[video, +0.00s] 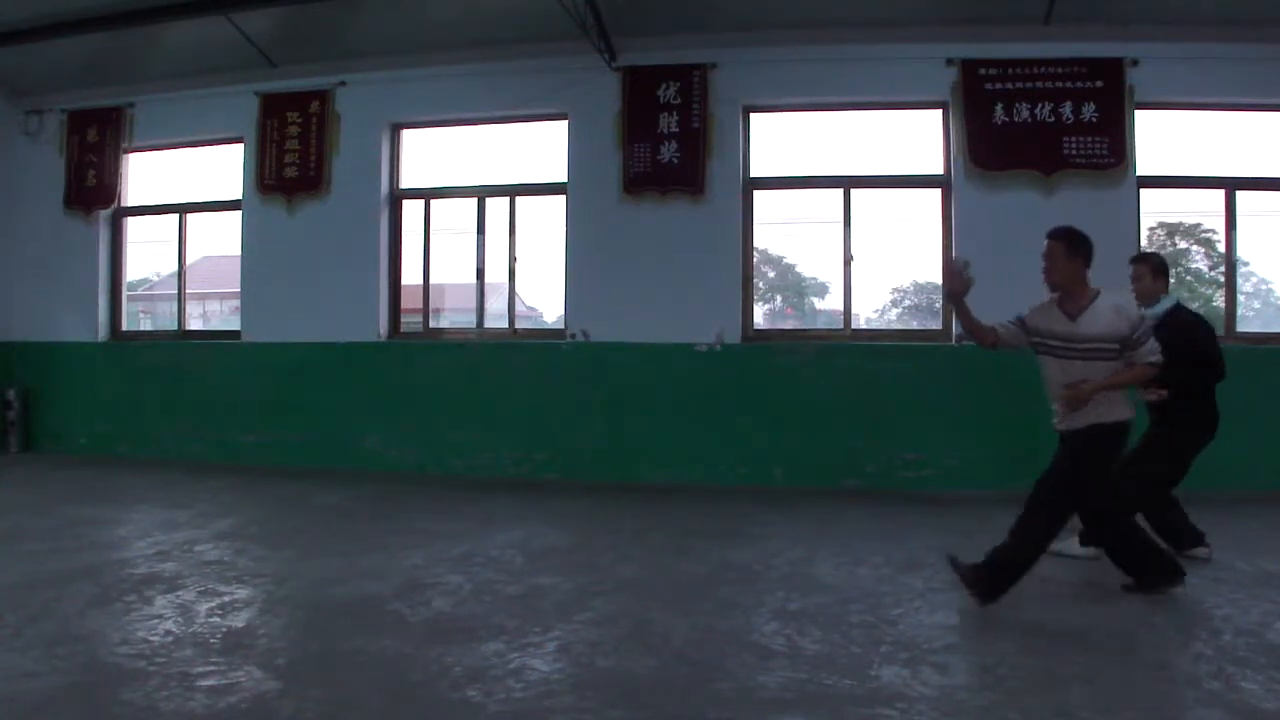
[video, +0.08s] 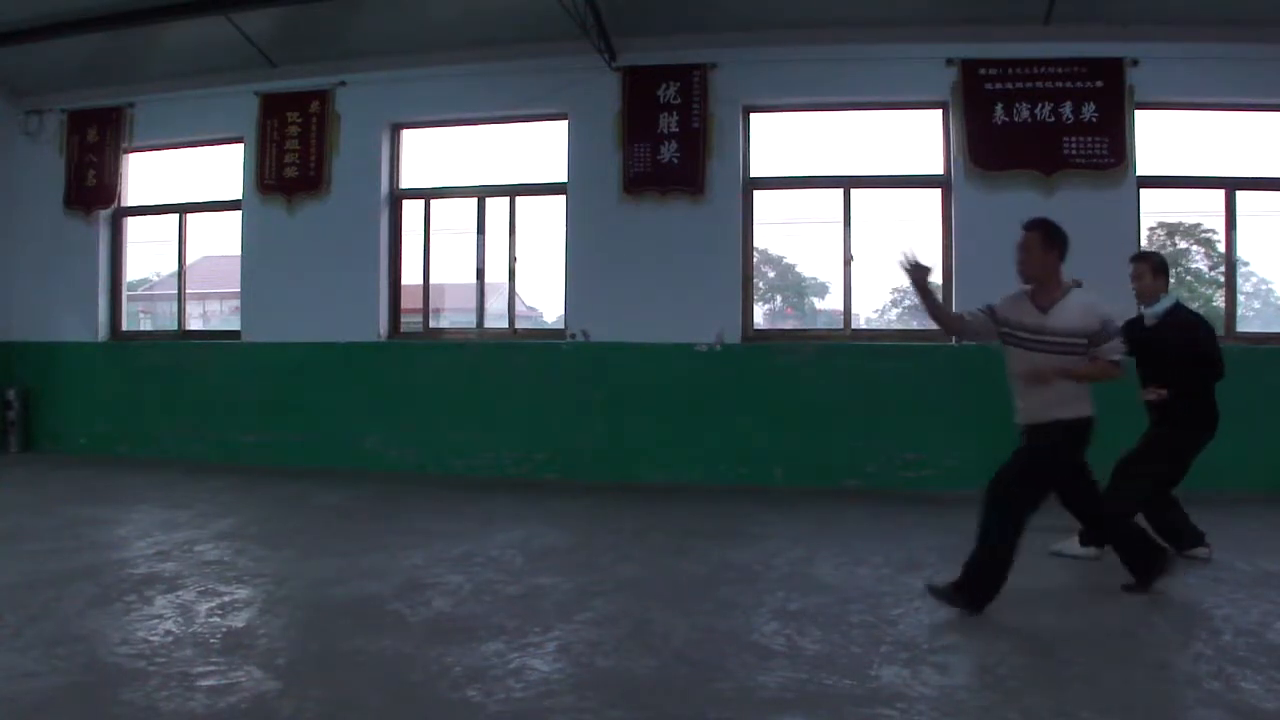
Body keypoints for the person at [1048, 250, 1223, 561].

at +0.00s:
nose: (1133, 287)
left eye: (1139, 279)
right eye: (1132, 280)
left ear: (1161, 281)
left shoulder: (1190, 324)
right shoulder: (1138, 324)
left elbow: (1213, 372)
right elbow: (1130, 366)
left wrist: (1169, 389)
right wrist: (1143, 385)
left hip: (1191, 418)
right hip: (1163, 414)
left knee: (1131, 474)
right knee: (1148, 482)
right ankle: (1190, 543)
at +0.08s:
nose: (1134, 285)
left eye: (1140, 278)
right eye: (1132, 279)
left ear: (1161, 280)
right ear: (1135, 281)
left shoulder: (1192, 324)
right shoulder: (1134, 328)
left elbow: (1213, 371)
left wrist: (1171, 390)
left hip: (1194, 418)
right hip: (1161, 416)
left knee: (1131, 471)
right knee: (1149, 482)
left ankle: (1092, 538)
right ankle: (1190, 543)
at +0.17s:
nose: (1134, 285)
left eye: (1140, 278)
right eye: (1132, 278)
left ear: (1161, 280)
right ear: (1135, 281)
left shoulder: (1190, 323)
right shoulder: (1139, 326)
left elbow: (1213, 371)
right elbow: (1104, 344)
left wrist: (1170, 390)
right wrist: (1068, 341)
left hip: (1192, 420)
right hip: (1163, 418)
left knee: (1131, 471)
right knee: (1148, 483)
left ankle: (1095, 538)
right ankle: (1190, 543)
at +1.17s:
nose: (1094, 274)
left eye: (1101, 267)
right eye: (1093, 268)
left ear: (1124, 270)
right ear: (1097, 271)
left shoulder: (1149, 316)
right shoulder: (1098, 314)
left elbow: (1168, 365)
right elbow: (1060, 336)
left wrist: (1121, 370)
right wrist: (1029, 312)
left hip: (1144, 416)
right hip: (1118, 415)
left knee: (1092, 475)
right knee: (1139, 488)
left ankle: (1043, 538)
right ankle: (1189, 543)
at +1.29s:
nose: (1061, 273)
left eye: (1068, 266)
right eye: (1059, 266)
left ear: (1090, 269)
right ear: (1062, 269)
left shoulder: (1115, 317)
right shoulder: (1061, 313)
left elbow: (1131, 367)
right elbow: (1024, 336)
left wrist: (1087, 363)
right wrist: (994, 312)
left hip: (1109, 420)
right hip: (1084, 418)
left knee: (1053, 468)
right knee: (1128, 484)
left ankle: (1030, 545)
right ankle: (1187, 535)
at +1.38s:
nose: (1031, 268)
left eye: (1037, 261)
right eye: (1030, 261)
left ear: (1060, 265)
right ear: (1035, 265)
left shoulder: (1083, 312)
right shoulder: (1033, 308)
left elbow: (1092, 365)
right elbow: (999, 342)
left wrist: (1050, 351)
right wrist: (971, 321)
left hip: (1078, 413)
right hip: (1054, 411)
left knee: (1024, 470)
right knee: (1086, 481)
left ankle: (1023, 546)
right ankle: (1151, 511)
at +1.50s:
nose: (1001, 256)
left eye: (1006, 249)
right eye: (1001, 249)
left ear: (1026, 251)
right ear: (1027, 252)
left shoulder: (1037, 296)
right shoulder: (1040, 290)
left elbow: (1013, 346)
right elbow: (1037, 337)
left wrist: (975, 334)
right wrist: (1006, 316)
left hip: (1047, 402)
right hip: (1046, 398)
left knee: (1012, 468)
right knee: (1014, 464)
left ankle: (1020, 547)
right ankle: (1060, 506)